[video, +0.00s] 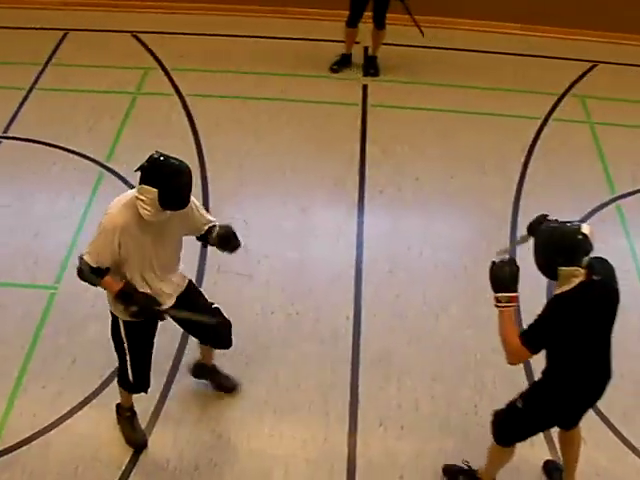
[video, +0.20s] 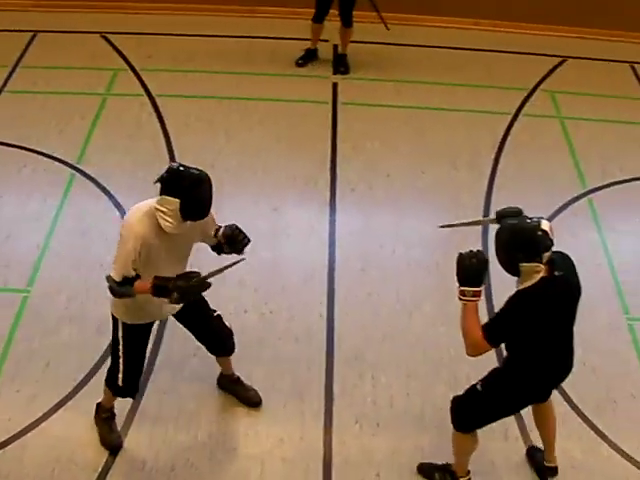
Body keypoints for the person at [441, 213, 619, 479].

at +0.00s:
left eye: (540, 252)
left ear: (547, 265)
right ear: (582, 254)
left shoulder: (561, 308)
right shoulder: (604, 276)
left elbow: (515, 354)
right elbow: (581, 256)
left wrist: (505, 297)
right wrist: (554, 233)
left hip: (563, 386)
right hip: (596, 377)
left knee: (506, 425)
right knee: (569, 423)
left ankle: (485, 475)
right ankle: (569, 475)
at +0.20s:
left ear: (508, 263)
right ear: (544, 250)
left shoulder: (521, 306)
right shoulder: (566, 272)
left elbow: (474, 347)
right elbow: (546, 253)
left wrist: (470, 291)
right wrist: (525, 229)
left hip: (526, 377)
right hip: (560, 365)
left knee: (463, 411)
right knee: (540, 393)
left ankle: (460, 472)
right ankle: (550, 461)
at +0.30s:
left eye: (495, 247)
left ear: (502, 257)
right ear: (533, 244)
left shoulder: (512, 300)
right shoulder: (554, 263)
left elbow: (465, 340)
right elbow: (534, 226)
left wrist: (461, 283)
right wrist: (503, 222)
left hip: (515, 370)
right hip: (549, 356)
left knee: (453, 407)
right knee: (534, 388)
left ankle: (449, 469)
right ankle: (545, 447)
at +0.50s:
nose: (489, 246)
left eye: (492, 244)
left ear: (501, 255)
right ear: (532, 242)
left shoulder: (510, 294)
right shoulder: (553, 258)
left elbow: (459, 325)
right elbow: (532, 247)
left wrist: (465, 271)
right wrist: (531, 224)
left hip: (512, 365)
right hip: (546, 352)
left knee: (446, 400)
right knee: (532, 386)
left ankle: (441, 466)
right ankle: (543, 441)